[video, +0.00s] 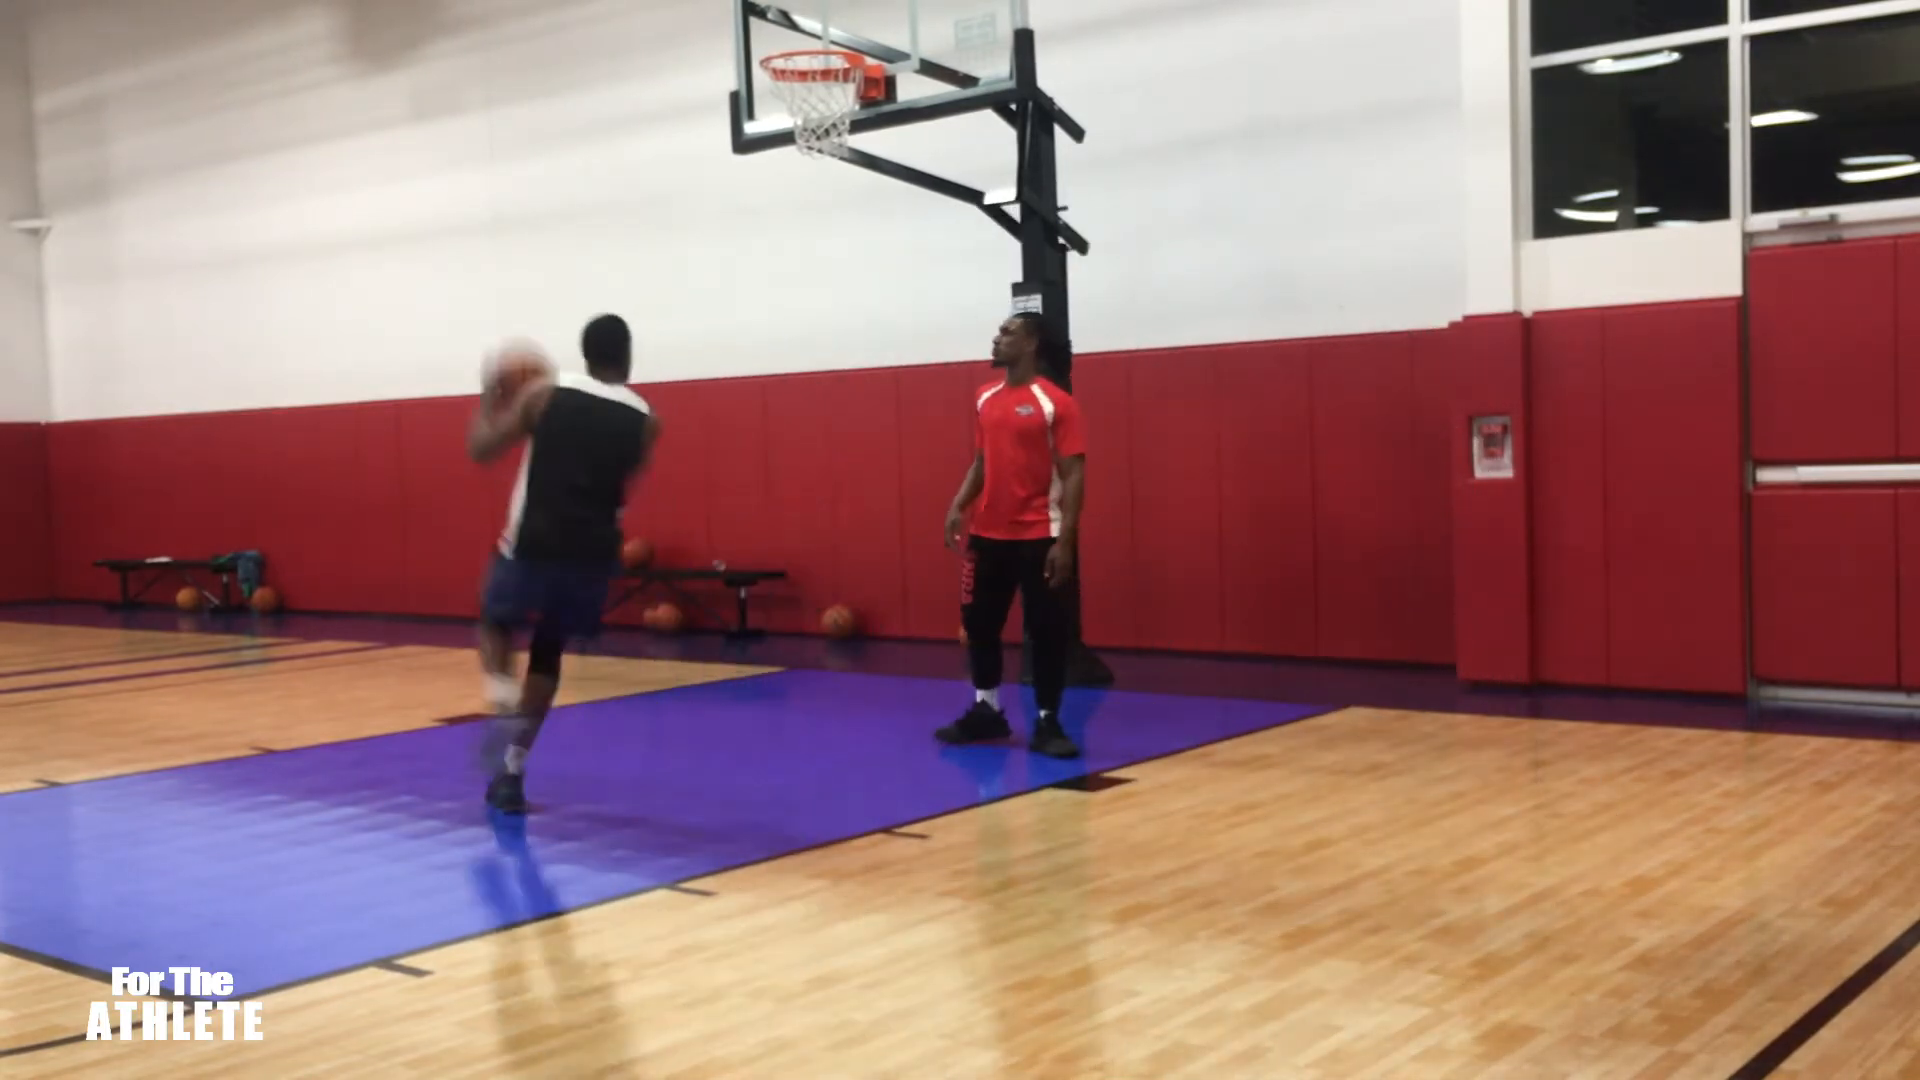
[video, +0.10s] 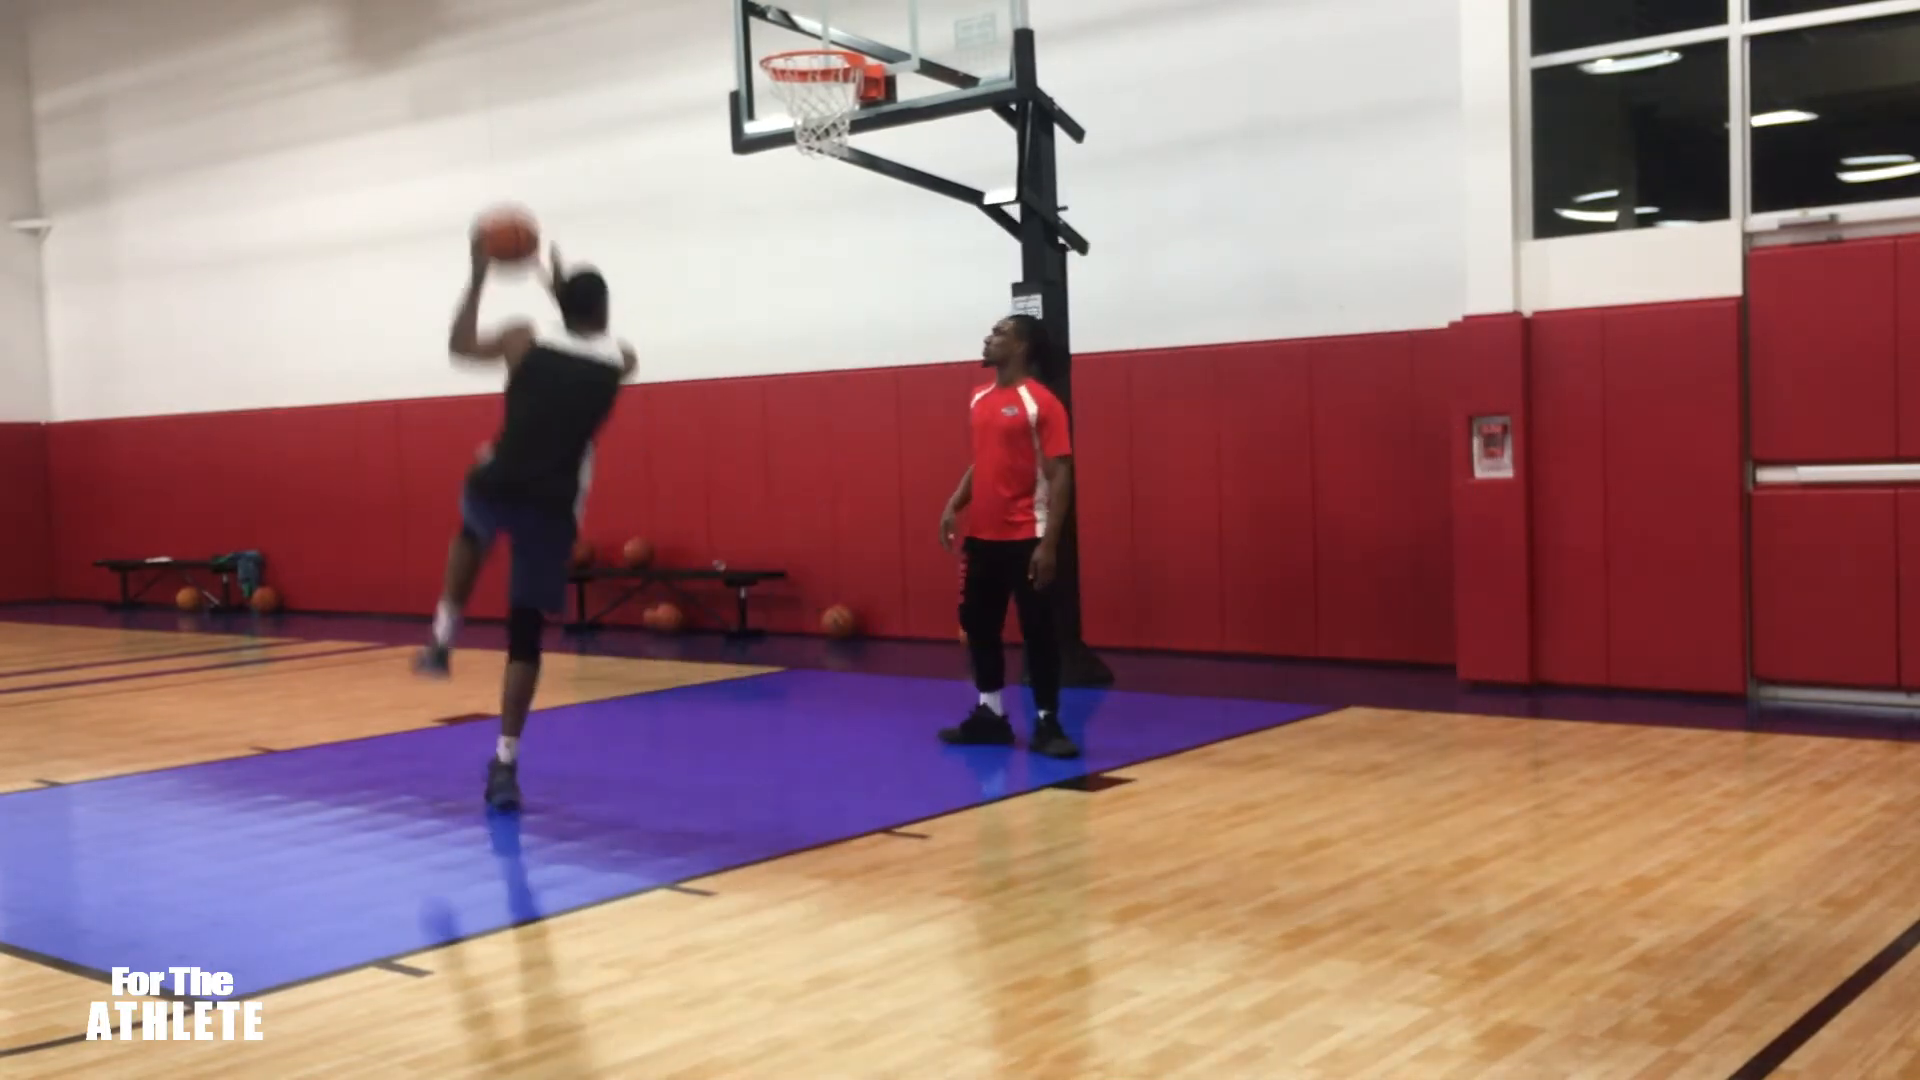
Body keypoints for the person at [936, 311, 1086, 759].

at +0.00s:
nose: (996, 338)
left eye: (1007, 333)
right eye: (998, 331)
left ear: (1032, 345)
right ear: (1005, 343)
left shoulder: (1058, 403)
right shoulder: (986, 397)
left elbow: (1072, 474)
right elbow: (982, 459)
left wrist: (1066, 540)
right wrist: (958, 507)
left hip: (1039, 537)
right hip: (989, 536)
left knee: (1047, 630)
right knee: (979, 622)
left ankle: (1047, 721)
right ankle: (986, 710)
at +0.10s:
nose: (988, 338)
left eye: (999, 334)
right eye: (991, 332)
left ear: (1022, 347)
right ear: (999, 346)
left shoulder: (1043, 403)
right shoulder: (980, 399)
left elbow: (1060, 477)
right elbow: (981, 461)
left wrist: (1049, 542)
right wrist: (952, 507)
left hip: (1027, 541)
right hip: (984, 539)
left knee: (1038, 632)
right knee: (978, 623)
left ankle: (1047, 722)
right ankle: (991, 714)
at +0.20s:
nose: (979, 338)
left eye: (991, 334)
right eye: (983, 332)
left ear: (1012, 350)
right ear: (991, 348)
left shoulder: (1026, 403)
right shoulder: (974, 398)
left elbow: (1038, 475)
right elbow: (977, 463)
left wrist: (1031, 543)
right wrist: (947, 507)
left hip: (1015, 541)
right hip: (976, 540)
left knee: (1032, 630)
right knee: (971, 620)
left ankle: (1047, 721)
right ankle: (989, 713)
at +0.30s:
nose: (970, 338)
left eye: (983, 335)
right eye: (975, 332)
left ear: (1003, 354)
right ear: (979, 351)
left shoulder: (1010, 403)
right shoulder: (968, 401)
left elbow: (1020, 480)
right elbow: (971, 469)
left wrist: (1006, 544)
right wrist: (940, 508)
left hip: (1004, 540)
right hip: (966, 541)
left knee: (1024, 629)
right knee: (967, 621)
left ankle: (1044, 721)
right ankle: (989, 713)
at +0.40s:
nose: (963, 339)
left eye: (975, 336)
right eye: (968, 333)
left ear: (993, 354)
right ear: (975, 353)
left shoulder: (998, 400)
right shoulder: (966, 401)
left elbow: (1002, 472)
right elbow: (966, 471)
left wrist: (980, 540)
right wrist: (935, 508)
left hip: (996, 538)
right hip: (961, 538)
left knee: (1012, 626)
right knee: (965, 622)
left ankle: (1036, 719)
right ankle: (988, 713)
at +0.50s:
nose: (957, 336)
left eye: (968, 334)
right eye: (962, 331)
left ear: (985, 352)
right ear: (969, 352)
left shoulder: (989, 397)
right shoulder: (961, 398)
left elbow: (988, 472)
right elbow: (963, 470)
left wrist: (956, 536)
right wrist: (930, 503)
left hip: (987, 530)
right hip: (963, 530)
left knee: (996, 619)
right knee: (965, 618)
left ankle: (1018, 718)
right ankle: (989, 710)